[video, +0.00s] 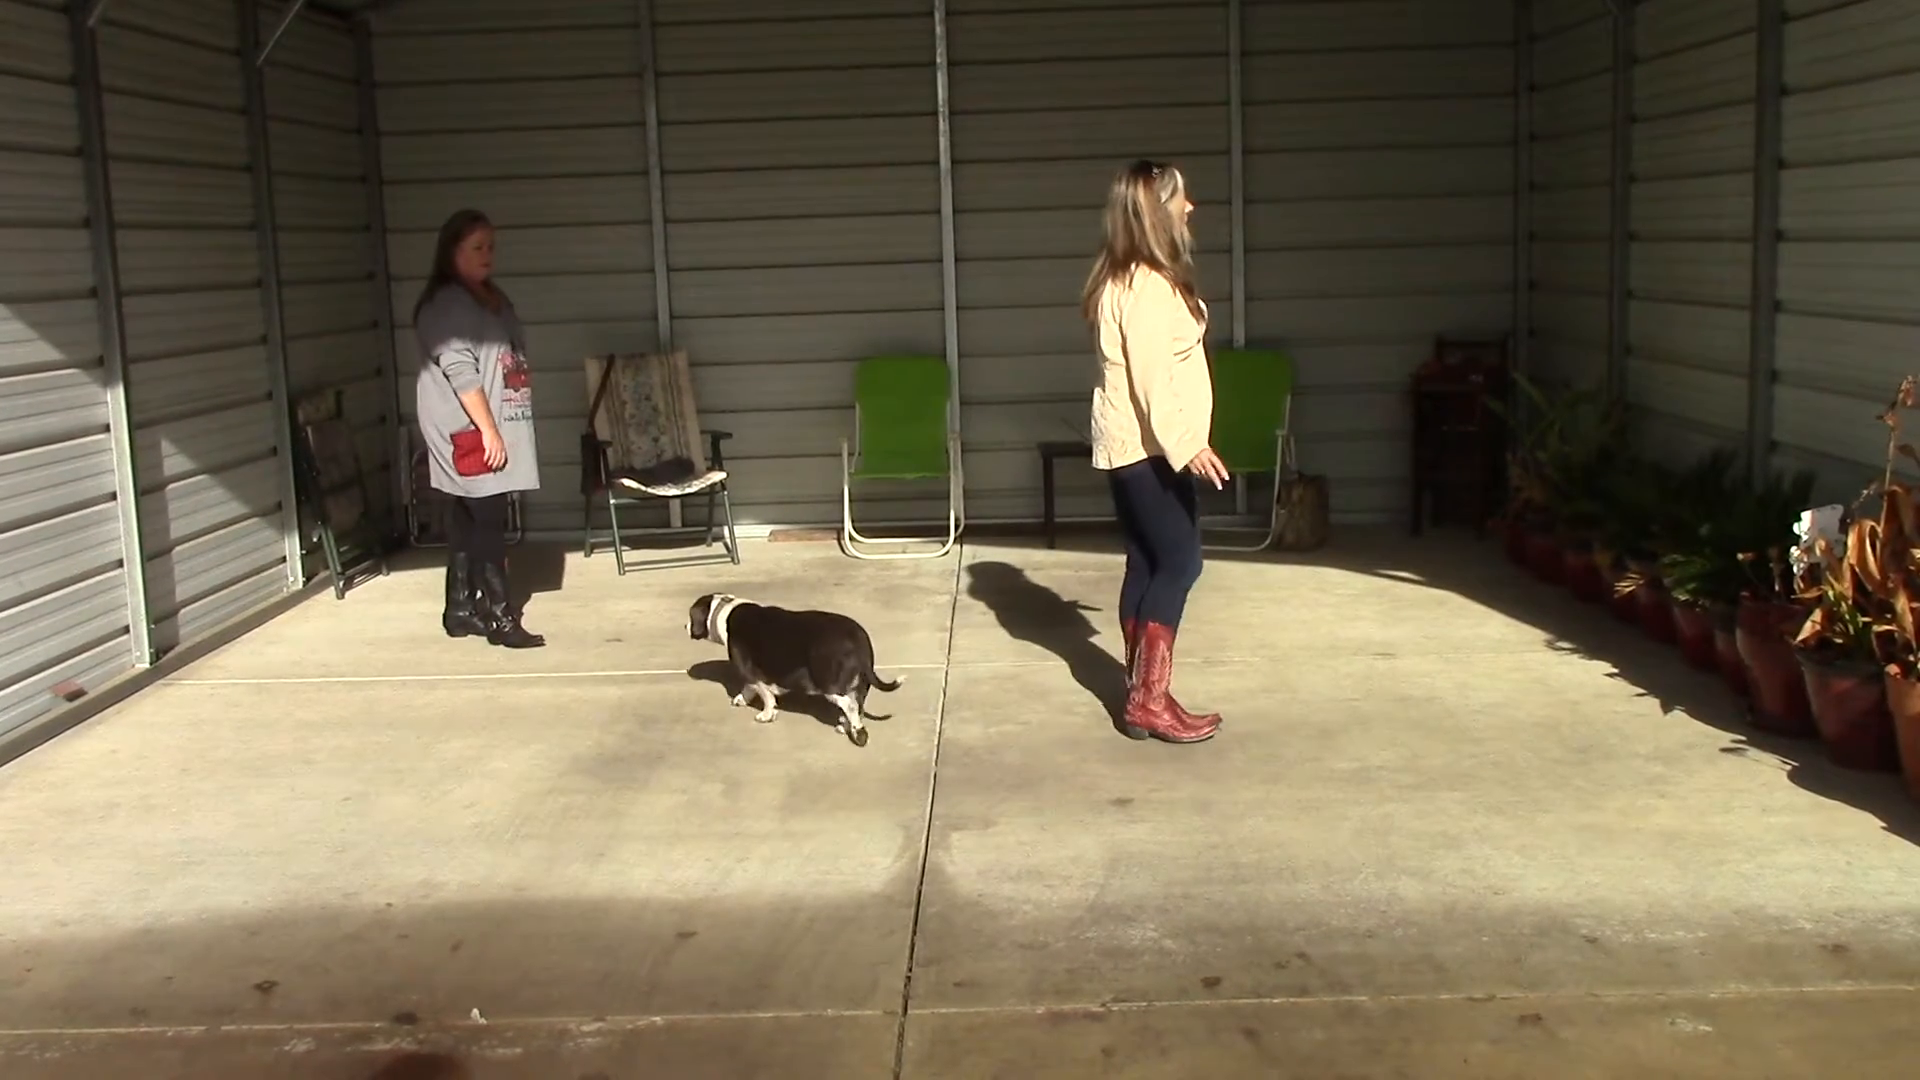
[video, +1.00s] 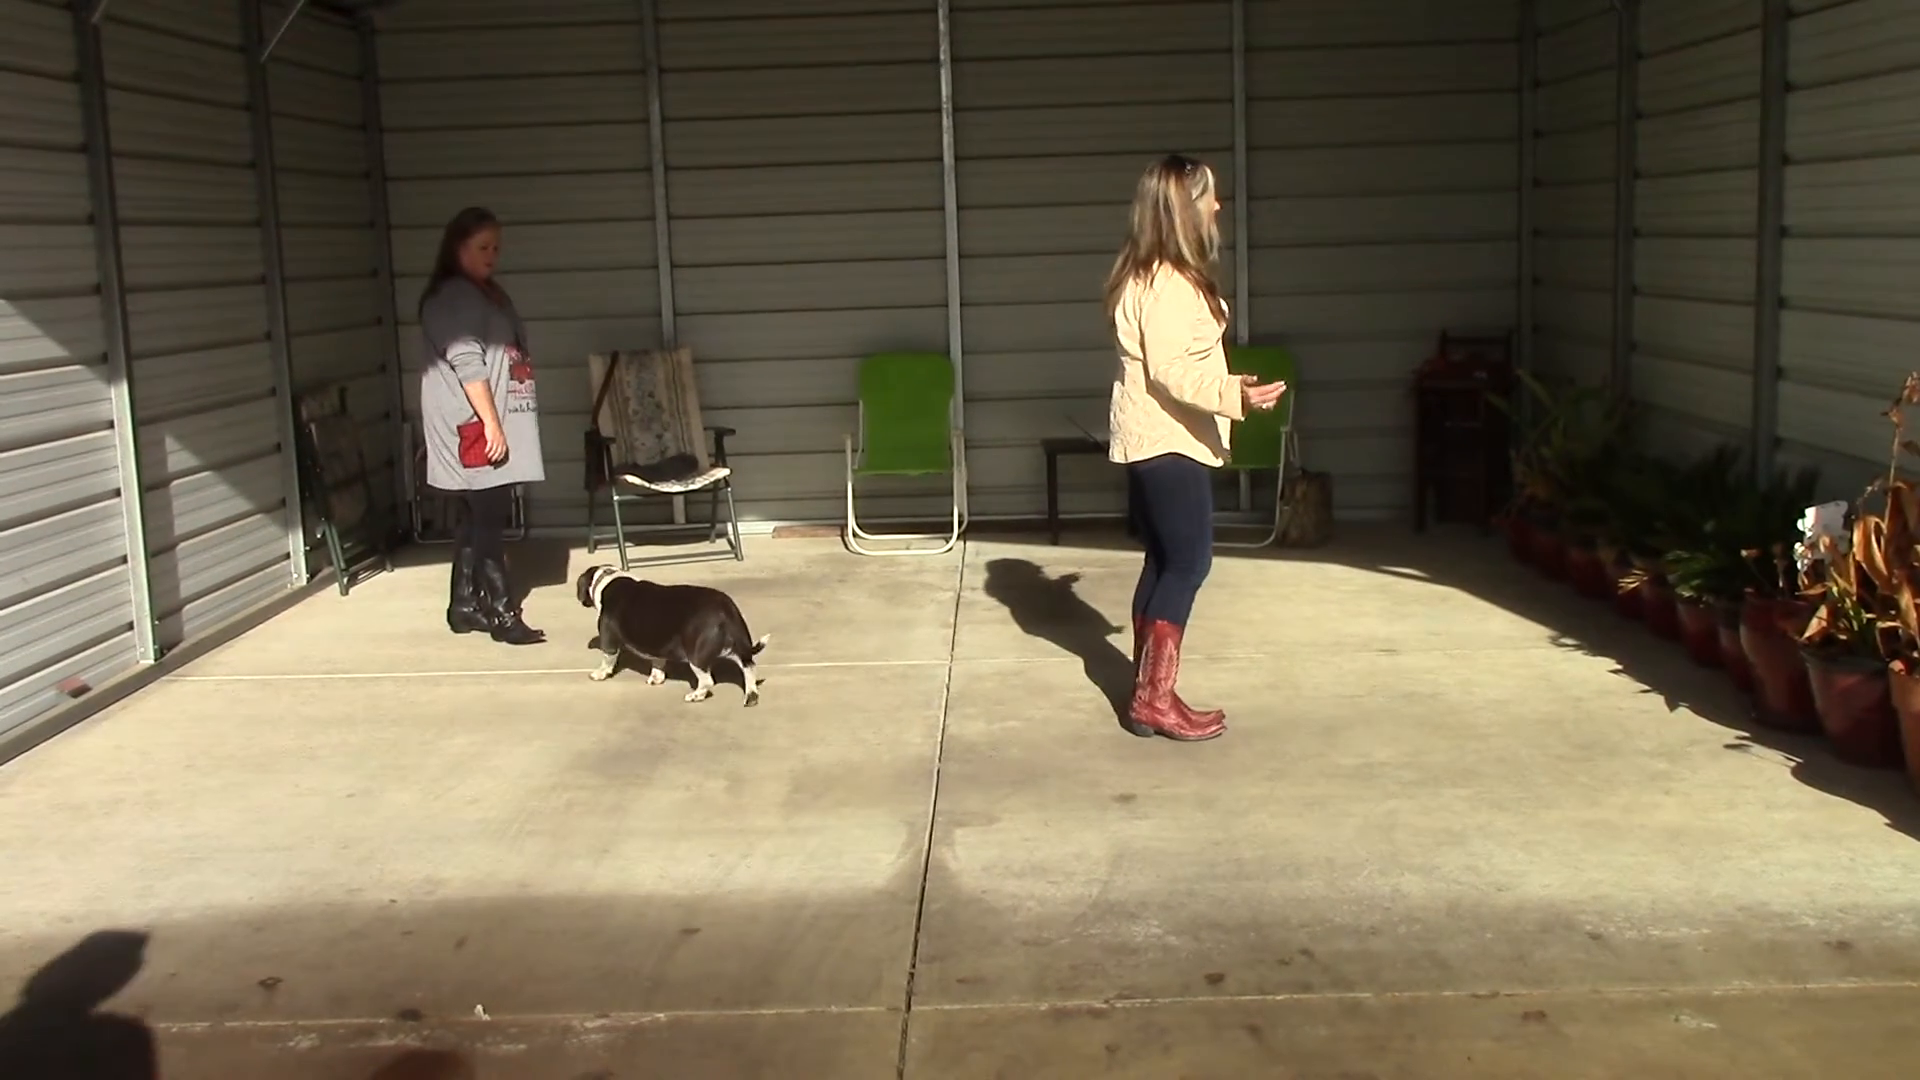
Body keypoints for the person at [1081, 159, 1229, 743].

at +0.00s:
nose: (1190, 211)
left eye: (1187, 202)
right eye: (1182, 204)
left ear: (1137, 213)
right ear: (1157, 212)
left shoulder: (1129, 277)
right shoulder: (1145, 282)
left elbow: (1139, 375)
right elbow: (1151, 378)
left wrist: (1182, 433)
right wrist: (1183, 443)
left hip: (1131, 446)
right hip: (1143, 447)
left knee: (1145, 560)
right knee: (1180, 557)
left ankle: (1142, 692)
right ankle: (1149, 697)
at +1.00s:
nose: (1219, 210)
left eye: (1216, 200)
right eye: (1211, 201)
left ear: (1164, 209)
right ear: (1186, 210)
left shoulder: (1148, 276)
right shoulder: (1167, 282)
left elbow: (1172, 366)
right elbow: (1174, 371)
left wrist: (1230, 384)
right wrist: (1236, 396)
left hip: (1150, 442)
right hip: (1171, 443)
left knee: (1164, 559)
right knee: (1188, 562)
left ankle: (1149, 691)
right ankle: (1156, 698)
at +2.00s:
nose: (1220, 205)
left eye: (1217, 195)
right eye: (1211, 196)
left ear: (1169, 204)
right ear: (1186, 205)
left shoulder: (1151, 272)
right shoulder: (1169, 277)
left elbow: (1178, 364)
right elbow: (1176, 366)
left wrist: (1233, 391)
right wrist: (1233, 400)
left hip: (1150, 438)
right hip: (1169, 440)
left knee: (1159, 559)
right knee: (1181, 561)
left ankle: (1148, 693)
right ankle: (1155, 699)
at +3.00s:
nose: (1208, 207)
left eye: (1207, 196)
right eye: (1197, 197)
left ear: (1174, 208)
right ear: (1166, 206)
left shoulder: (1165, 275)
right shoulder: (1156, 279)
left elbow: (1168, 380)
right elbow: (1163, 383)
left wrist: (1200, 455)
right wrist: (1193, 462)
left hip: (1161, 444)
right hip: (1158, 446)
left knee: (1164, 558)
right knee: (1173, 558)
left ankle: (1154, 693)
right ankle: (1153, 696)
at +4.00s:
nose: (1174, 261)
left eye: (1186, 251)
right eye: (1165, 249)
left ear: (1202, 245)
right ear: (1147, 238)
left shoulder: (1210, 291)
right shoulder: (1124, 294)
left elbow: (1222, 363)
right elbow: (1095, 383)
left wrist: (1227, 425)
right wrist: (1092, 464)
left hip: (1190, 451)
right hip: (1139, 450)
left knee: (1168, 564)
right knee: (1155, 564)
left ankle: (1157, 695)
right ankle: (1148, 699)